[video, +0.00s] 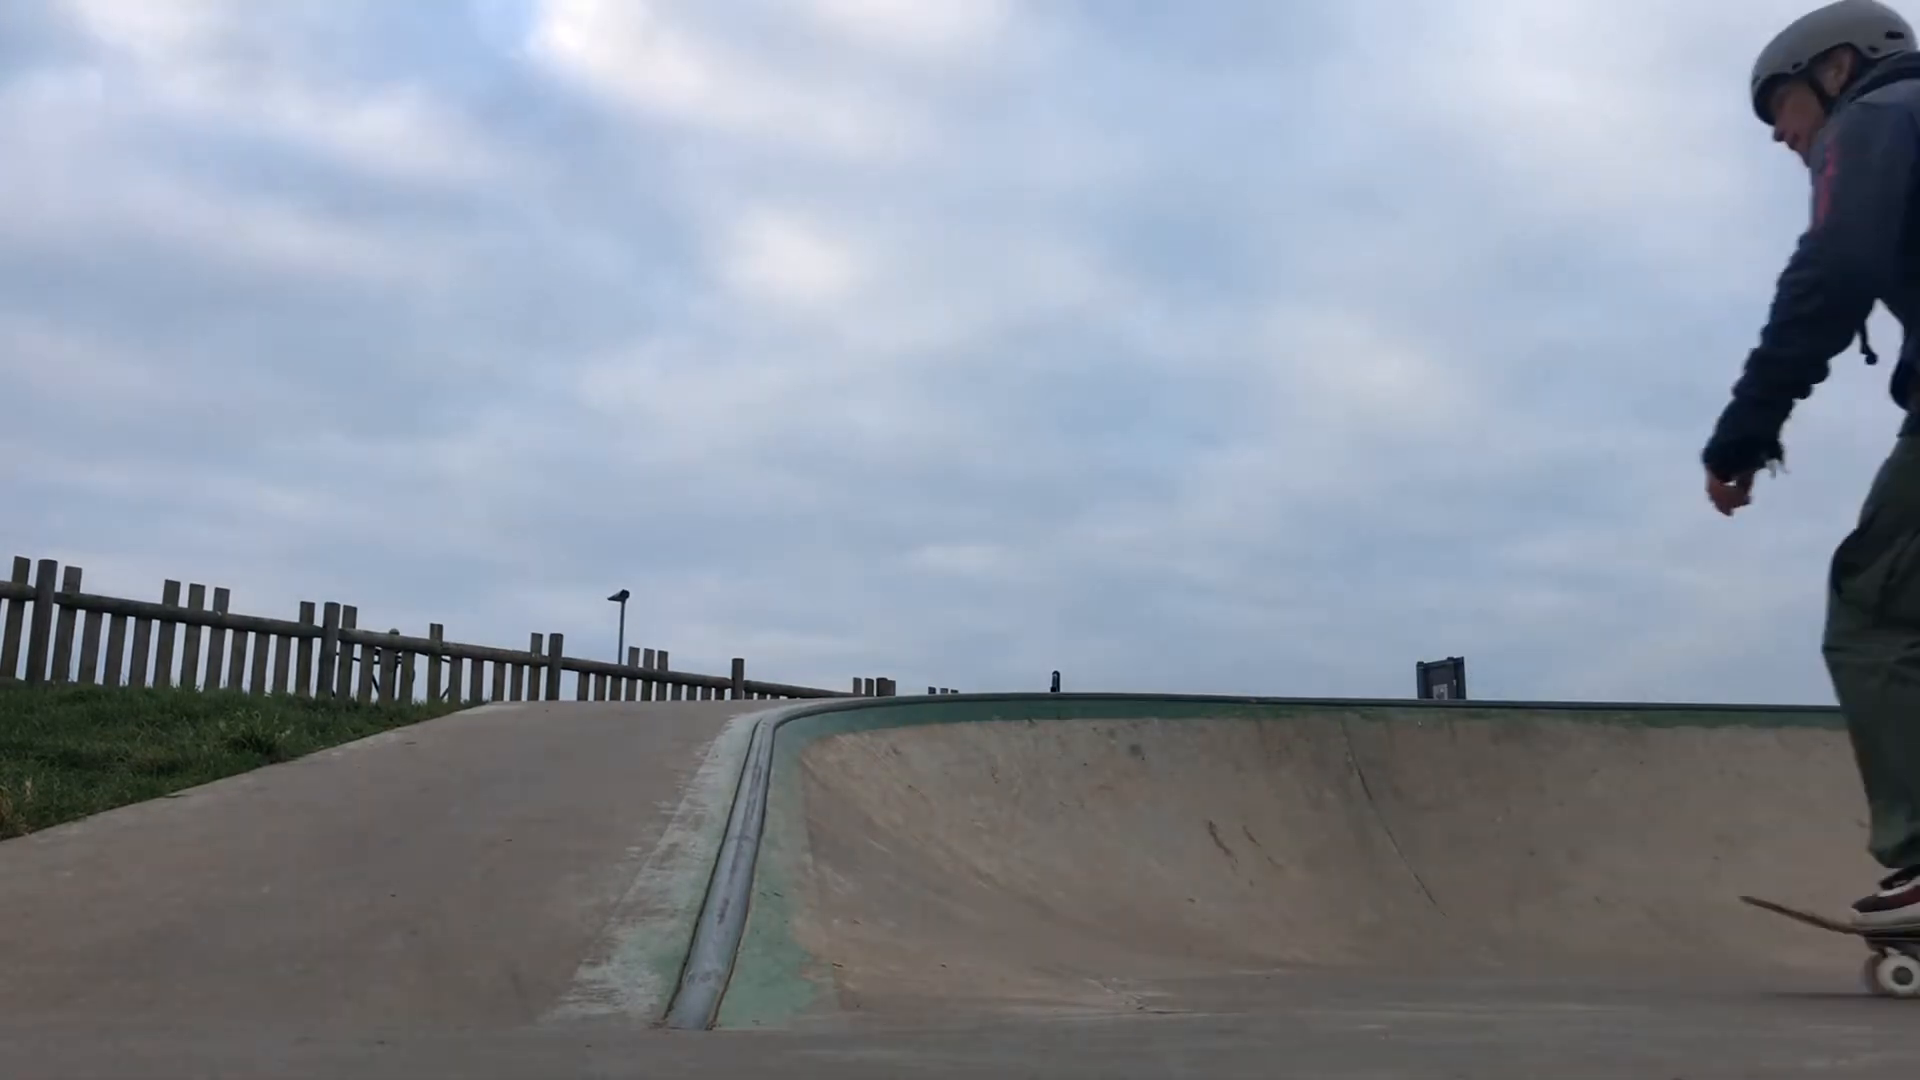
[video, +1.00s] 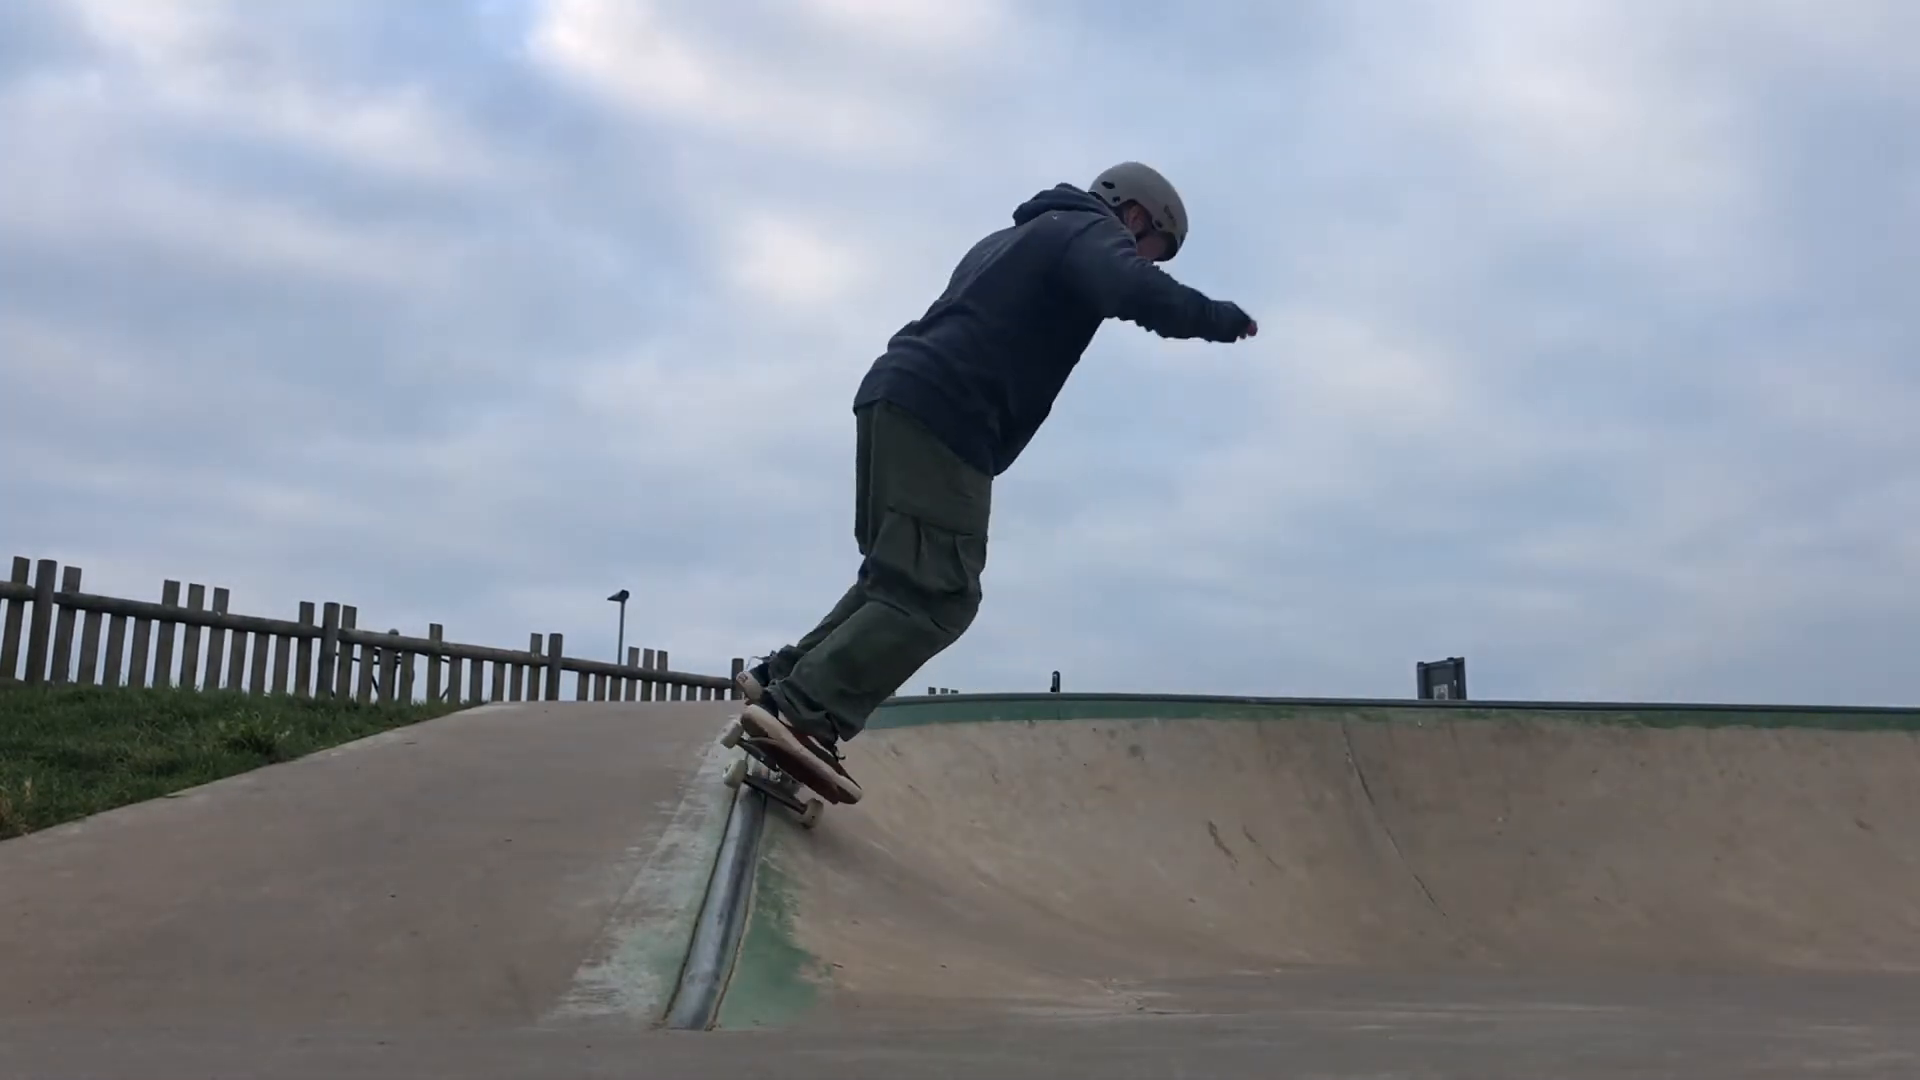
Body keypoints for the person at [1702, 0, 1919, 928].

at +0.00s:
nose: (1780, 134)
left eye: (1779, 108)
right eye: (1772, 119)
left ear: (1838, 69)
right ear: (1851, 72)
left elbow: (1828, 283)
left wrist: (1741, 435)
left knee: (1872, 607)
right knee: (1880, 603)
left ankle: (1914, 857)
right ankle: (1911, 857)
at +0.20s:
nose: (1471, 190)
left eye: (1472, 172)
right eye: (1466, 178)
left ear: (1504, 138)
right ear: (1571, 131)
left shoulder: (1507, 194)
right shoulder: (1680, 201)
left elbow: (1410, 348)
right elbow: (1810, 327)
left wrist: (1352, 476)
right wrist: (1864, 450)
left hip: (1611, 417)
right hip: (1750, 423)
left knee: (1494, 639)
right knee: (1712, 663)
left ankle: (1517, 857)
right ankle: (1839, 848)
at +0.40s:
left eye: (1260, 180)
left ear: (1261, 179)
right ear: (1354, 173)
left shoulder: (1220, 248)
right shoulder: (1412, 226)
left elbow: (1158, 402)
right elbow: (1572, 257)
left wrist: (1198, 482)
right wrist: (1697, 318)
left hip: (1231, 444)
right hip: (1358, 456)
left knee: (1137, 645)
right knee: (1330, 663)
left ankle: (1074, 839)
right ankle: (1342, 860)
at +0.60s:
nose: (1199, 230)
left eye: (1186, 224)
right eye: (1197, 222)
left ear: (1119, 213)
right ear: (1183, 217)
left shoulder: (1056, 260)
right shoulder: (1190, 243)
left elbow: (953, 350)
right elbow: (1301, 261)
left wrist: (955, 425)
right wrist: (1426, 321)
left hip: (973, 398)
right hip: (1067, 415)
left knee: (934, 596)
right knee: (1021, 643)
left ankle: (780, 706)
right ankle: (875, 767)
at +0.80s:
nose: (1133, 267)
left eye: (1134, 258)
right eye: (1131, 257)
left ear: (1070, 220)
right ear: (1115, 238)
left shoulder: (993, 250)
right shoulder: (1100, 256)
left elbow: (929, 320)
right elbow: (1156, 343)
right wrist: (1255, 420)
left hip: (870, 393)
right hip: (941, 409)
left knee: (873, 583)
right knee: (959, 609)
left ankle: (776, 693)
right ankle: (818, 718)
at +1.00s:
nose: (1155, 257)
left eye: (1164, 249)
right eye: (1158, 242)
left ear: (1110, 201)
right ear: (1131, 213)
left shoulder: (1022, 233)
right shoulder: (1082, 230)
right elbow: (1136, 287)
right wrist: (1217, 314)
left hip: (897, 395)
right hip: (939, 412)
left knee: (899, 578)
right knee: (937, 593)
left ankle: (785, 685)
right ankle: (805, 714)